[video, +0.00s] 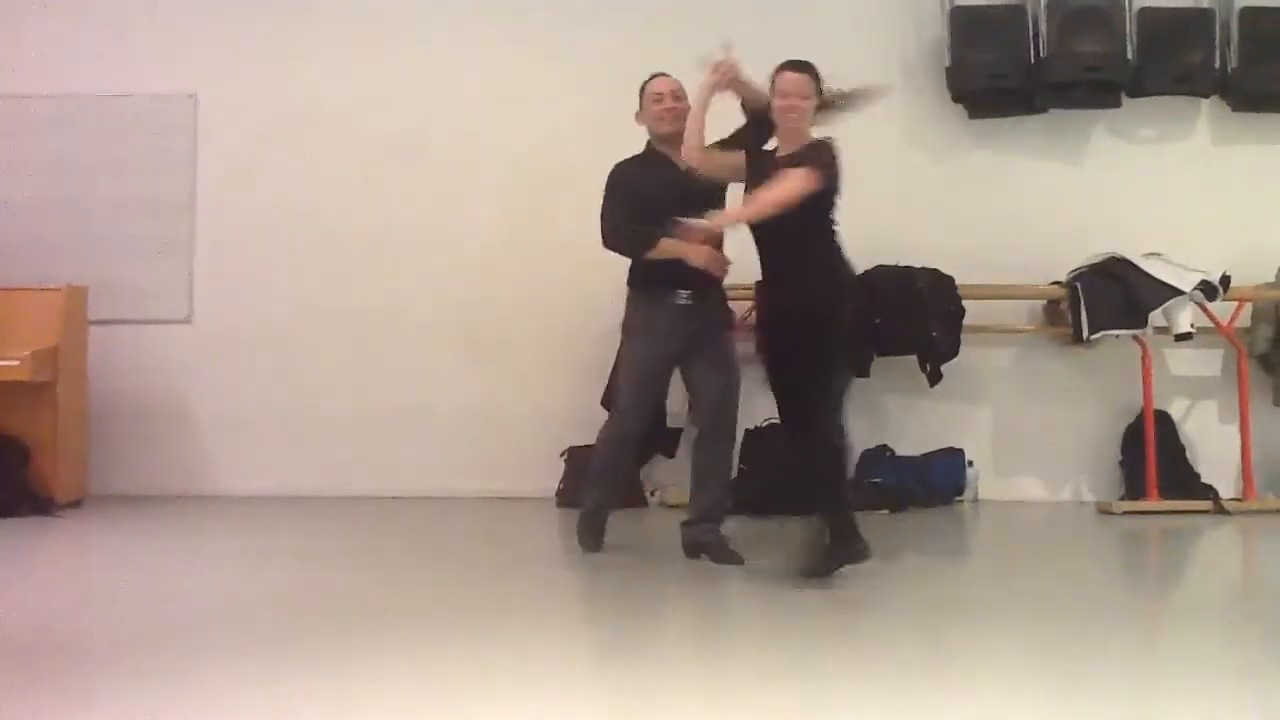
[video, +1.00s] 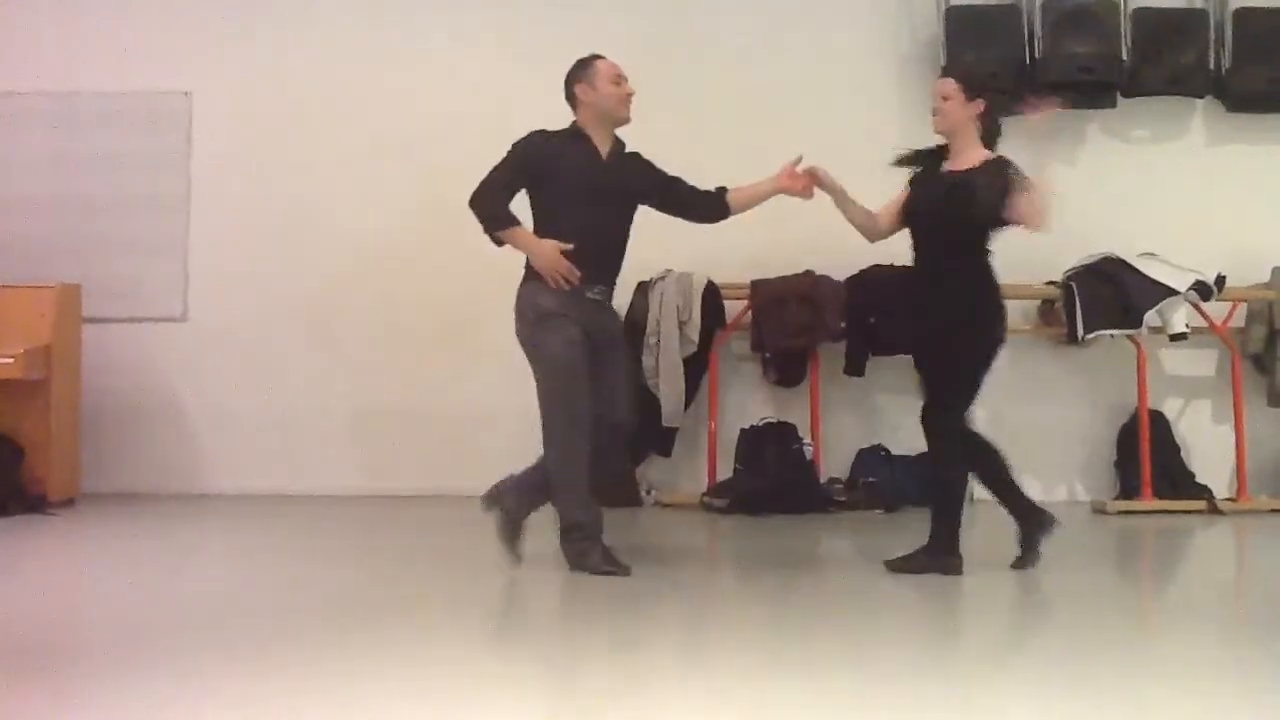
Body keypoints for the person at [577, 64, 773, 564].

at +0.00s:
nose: (669, 105)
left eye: (676, 98)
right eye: (657, 100)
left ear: (691, 110)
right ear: (641, 116)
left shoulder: (711, 162)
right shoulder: (628, 173)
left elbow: (763, 124)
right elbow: (615, 235)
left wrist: (741, 87)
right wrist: (685, 249)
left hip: (707, 306)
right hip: (652, 306)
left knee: (718, 411)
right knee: (633, 414)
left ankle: (704, 527)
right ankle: (596, 504)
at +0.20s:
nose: (679, 97)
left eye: (685, 90)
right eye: (666, 92)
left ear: (696, 102)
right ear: (647, 107)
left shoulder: (715, 153)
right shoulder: (629, 163)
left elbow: (757, 114)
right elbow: (593, 222)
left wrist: (778, 54)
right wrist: (651, 248)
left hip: (707, 307)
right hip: (654, 305)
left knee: (715, 418)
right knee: (650, 406)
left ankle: (702, 527)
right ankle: (587, 494)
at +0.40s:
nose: (681, 87)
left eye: (682, 81)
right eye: (668, 81)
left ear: (684, 95)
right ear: (636, 96)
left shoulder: (698, 151)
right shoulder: (610, 152)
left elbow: (761, 119)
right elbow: (558, 202)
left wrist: (815, 64)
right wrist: (615, 241)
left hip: (689, 301)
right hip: (635, 302)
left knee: (696, 421)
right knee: (633, 416)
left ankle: (697, 530)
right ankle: (589, 532)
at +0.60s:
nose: (662, 89)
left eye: (660, 81)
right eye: (649, 81)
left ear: (643, 95)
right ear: (613, 92)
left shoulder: (664, 165)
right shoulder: (581, 146)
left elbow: (738, 182)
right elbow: (523, 194)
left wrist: (798, 144)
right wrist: (576, 240)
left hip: (651, 307)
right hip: (599, 304)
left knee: (675, 414)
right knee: (599, 417)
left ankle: (695, 529)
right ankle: (583, 538)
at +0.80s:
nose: (644, 91)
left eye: (642, 83)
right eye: (631, 83)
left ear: (622, 97)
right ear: (596, 93)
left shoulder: (644, 170)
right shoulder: (560, 146)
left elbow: (718, 200)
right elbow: (500, 192)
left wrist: (789, 175)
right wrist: (549, 242)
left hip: (622, 308)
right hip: (567, 305)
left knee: (667, 399)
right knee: (580, 415)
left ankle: (623, 490)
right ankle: (580, 540)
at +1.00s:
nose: (630, 89)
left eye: (627, 81)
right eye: (616, 81)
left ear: (606, 96)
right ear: (581, 93)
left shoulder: (630, 168)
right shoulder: (543, 148)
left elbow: (704, 206)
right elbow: (486, 201)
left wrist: (775, 184)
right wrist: (532, 246)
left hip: (600, 310)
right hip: (549, 300)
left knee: (618, 424)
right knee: (570, 413)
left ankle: (515, 495)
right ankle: (582, 541)